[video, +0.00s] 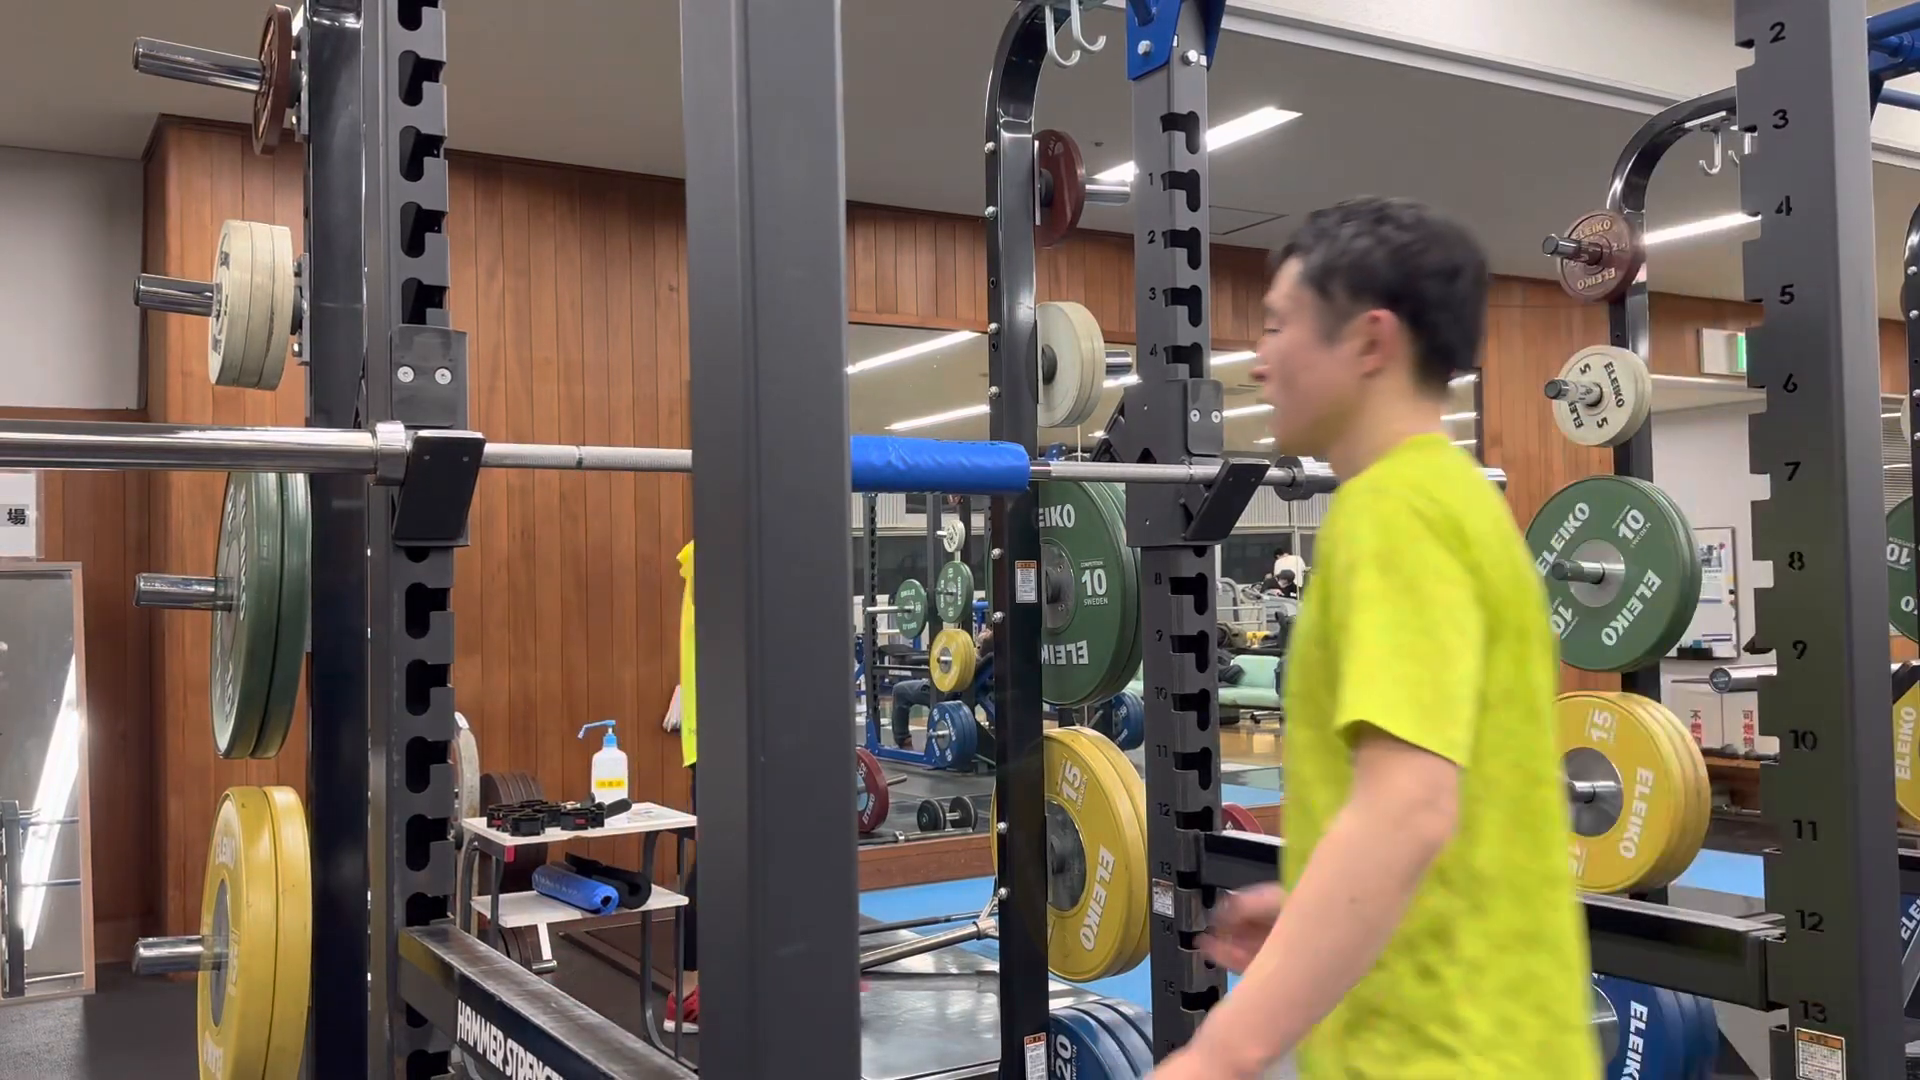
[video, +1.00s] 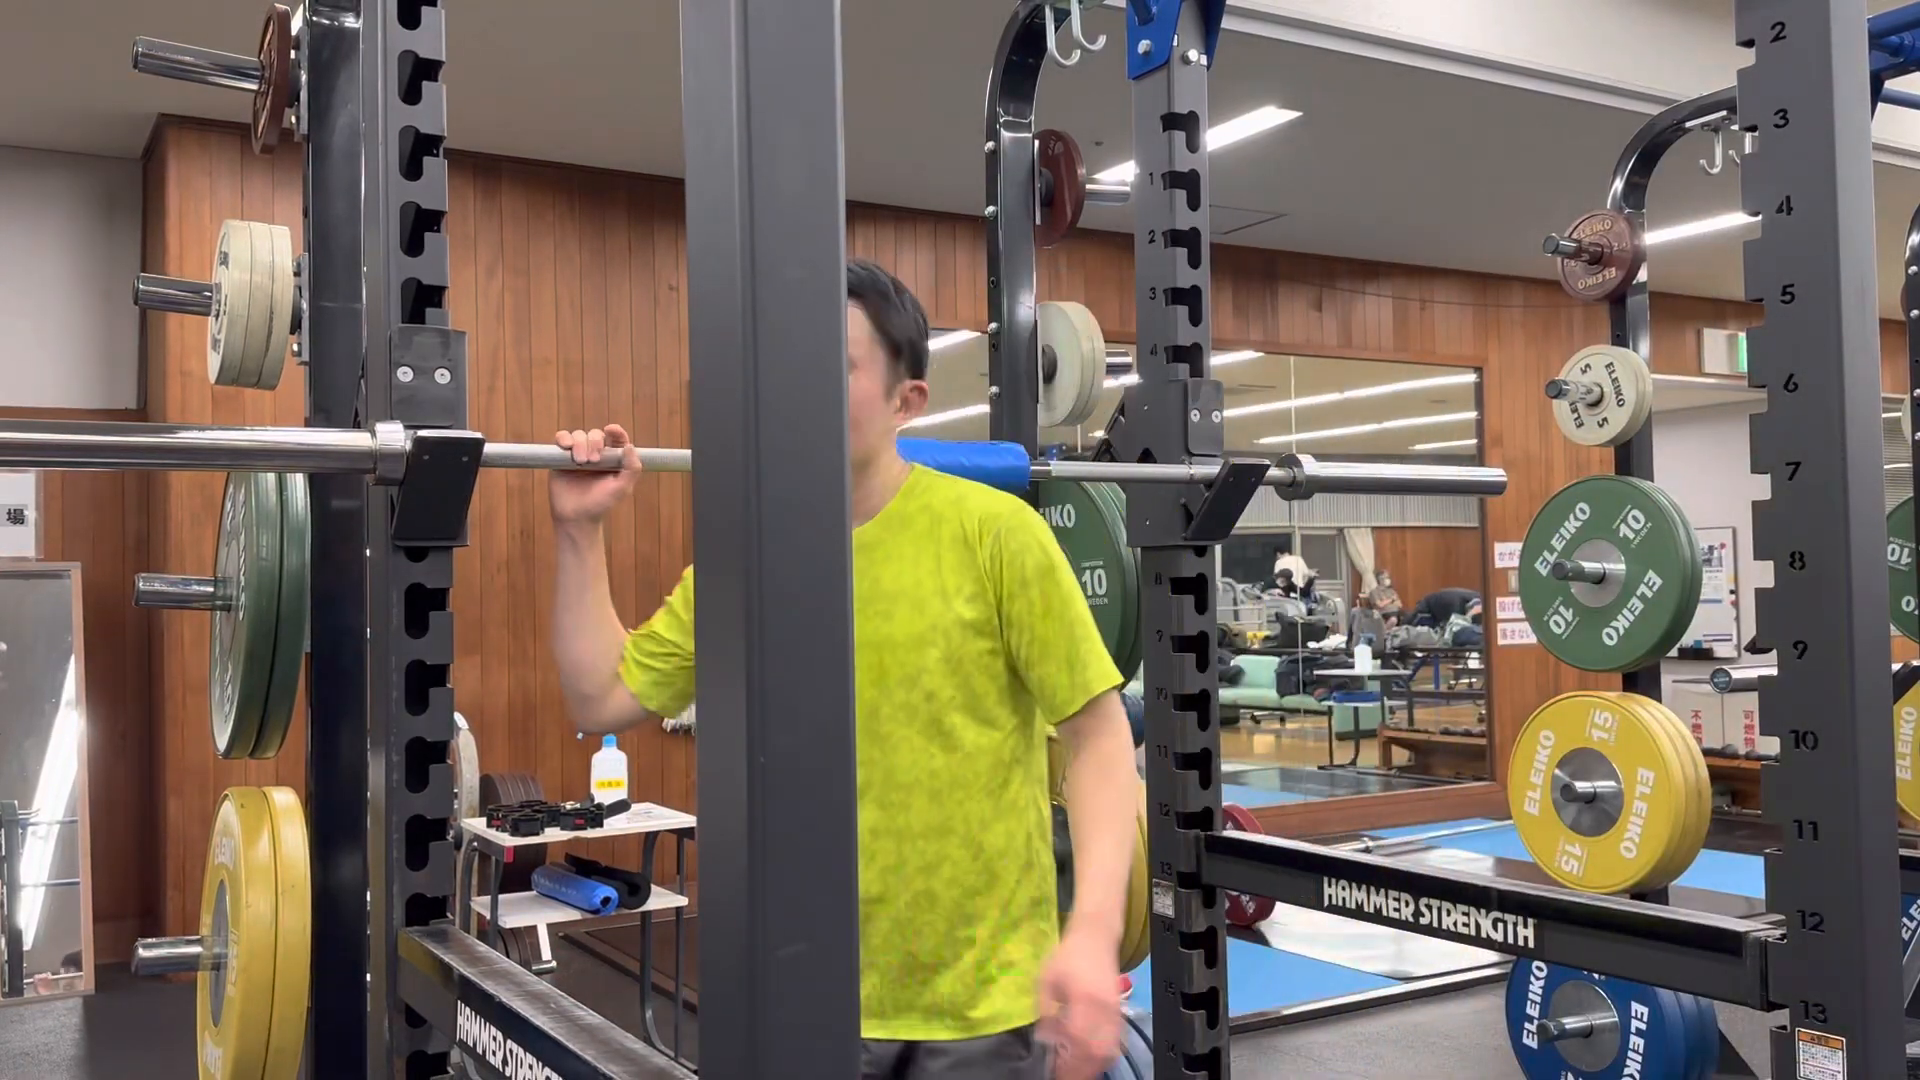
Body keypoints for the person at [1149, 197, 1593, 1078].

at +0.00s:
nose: (1256, 357)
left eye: (1277, 323)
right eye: (1263, 328)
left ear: (1371, 342)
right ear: (1375, 347)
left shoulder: (1396, 506)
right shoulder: (1461, 500)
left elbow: (1409, 805)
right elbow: (1477, 821)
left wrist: (1222, 1054)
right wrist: (1314, 911)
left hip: (1429, 1047)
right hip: (1492, 1037)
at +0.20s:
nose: (1109, 364)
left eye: (1127, 333)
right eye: (1116, 336)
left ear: (1215, 345)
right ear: (1213, 348)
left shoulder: (1263, 491)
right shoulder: (1229, 499)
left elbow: (1336, 755)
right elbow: (1166, 740)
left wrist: (1345, 1046)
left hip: (1259, 1036)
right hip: (1217, 1020)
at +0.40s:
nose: (990, 384)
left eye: (1009, 355)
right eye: (996, 358)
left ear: (1095, 367)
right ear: (1084, 370)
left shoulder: (1163, 509)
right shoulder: (1067, 555)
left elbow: (1256, 745)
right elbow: (929, 695)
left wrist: (1276, 1038)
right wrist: (753, 592)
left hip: (1151, 1036)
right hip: (1071, 1027)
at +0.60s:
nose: (905, 382)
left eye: (927, 353)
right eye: (914, 355)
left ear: (1009, 370)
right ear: (997, 370)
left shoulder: (1088, 522)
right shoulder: (940, 562)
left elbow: (1157, 780)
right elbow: (809, 673)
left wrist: (1106, 1041)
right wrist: (673, 550)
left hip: (1074, 1040)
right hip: (968, 1021)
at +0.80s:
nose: (811, 383)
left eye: (833, 355)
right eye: (817, 357)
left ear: (908, 372)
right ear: (898, 373)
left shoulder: (1036, 520)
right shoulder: (835, 550)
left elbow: (1131, 742)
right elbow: (700, 700)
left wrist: (977, 924)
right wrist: (607, 545)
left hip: (1030, 1027)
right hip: (861, 1021)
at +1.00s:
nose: (816, 390)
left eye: (843, 366)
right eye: (801, 366)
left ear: (906, 398)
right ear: (770, 381)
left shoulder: (994, 534)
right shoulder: (750, 551)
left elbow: (1097, 733)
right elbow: (600, 699)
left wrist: (1093, 932)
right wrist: (580, 531)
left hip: (988, 1016)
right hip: (809, 1009)